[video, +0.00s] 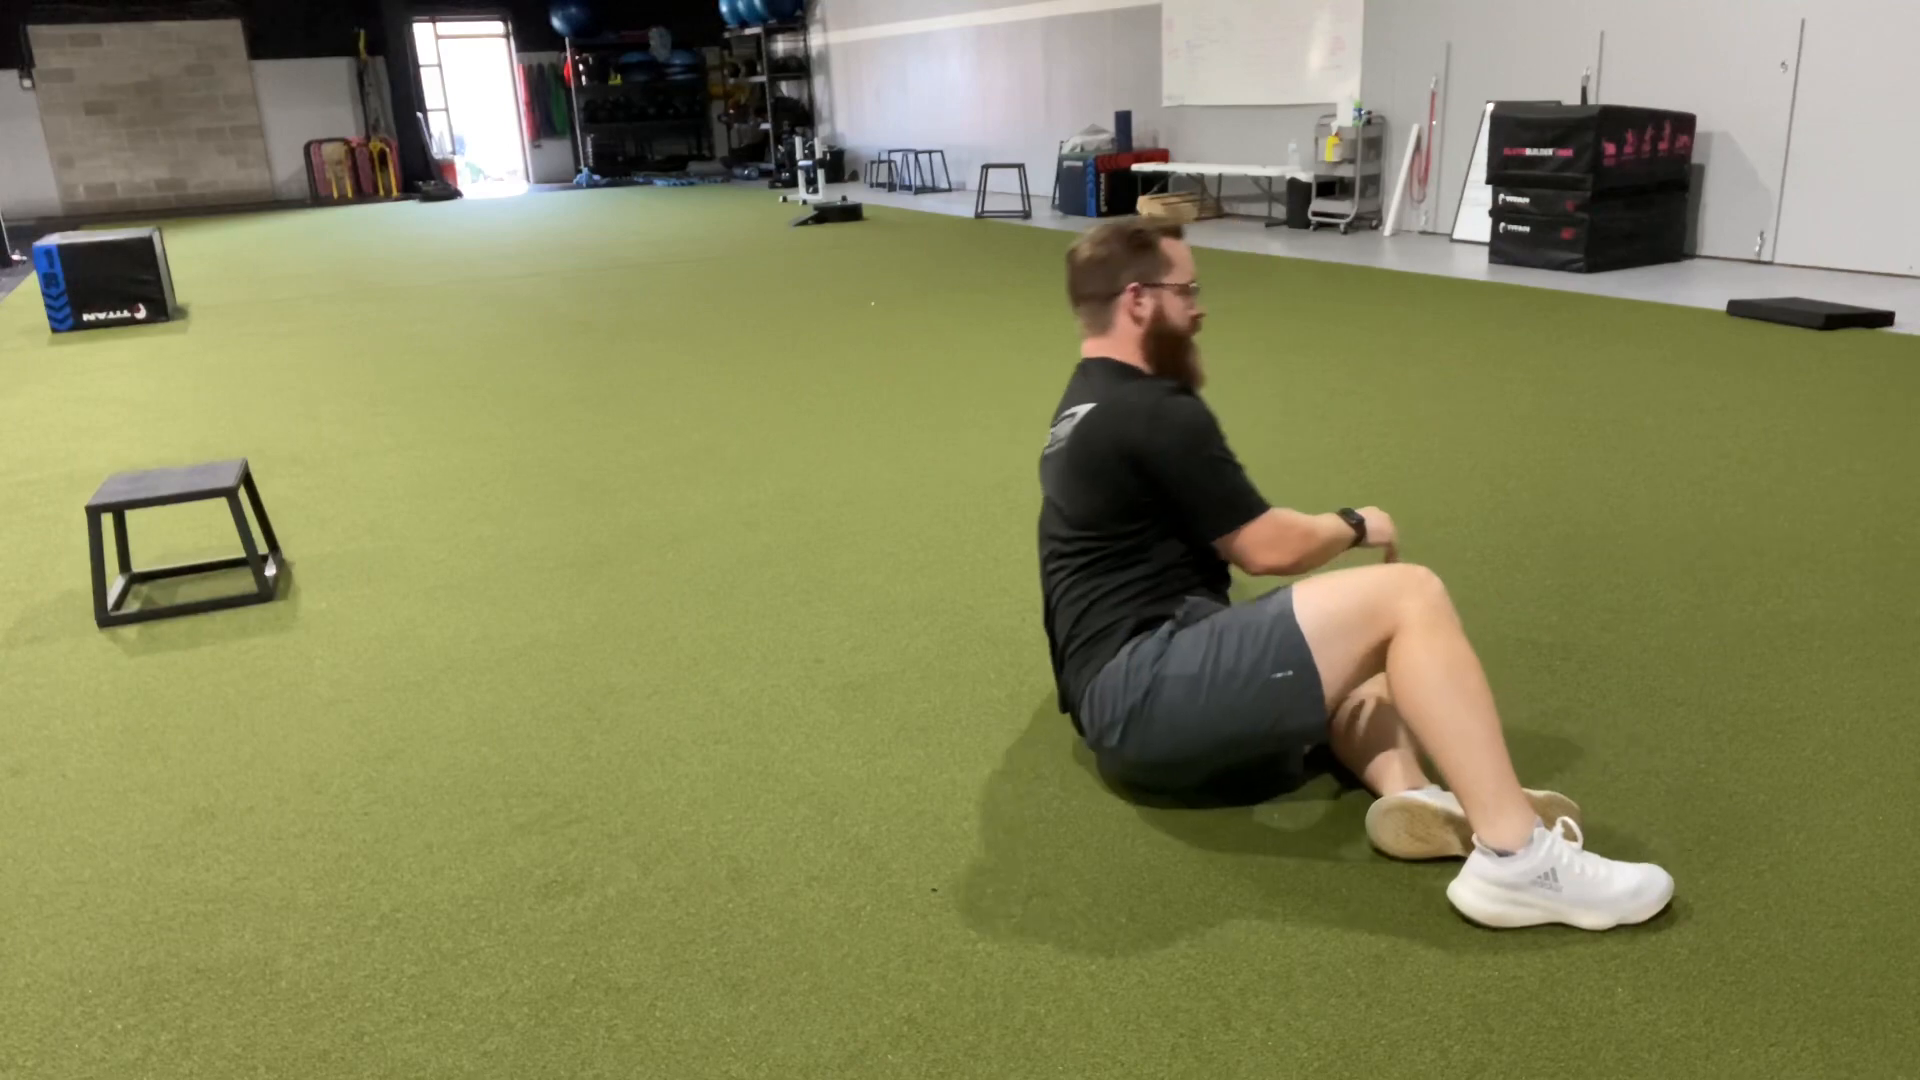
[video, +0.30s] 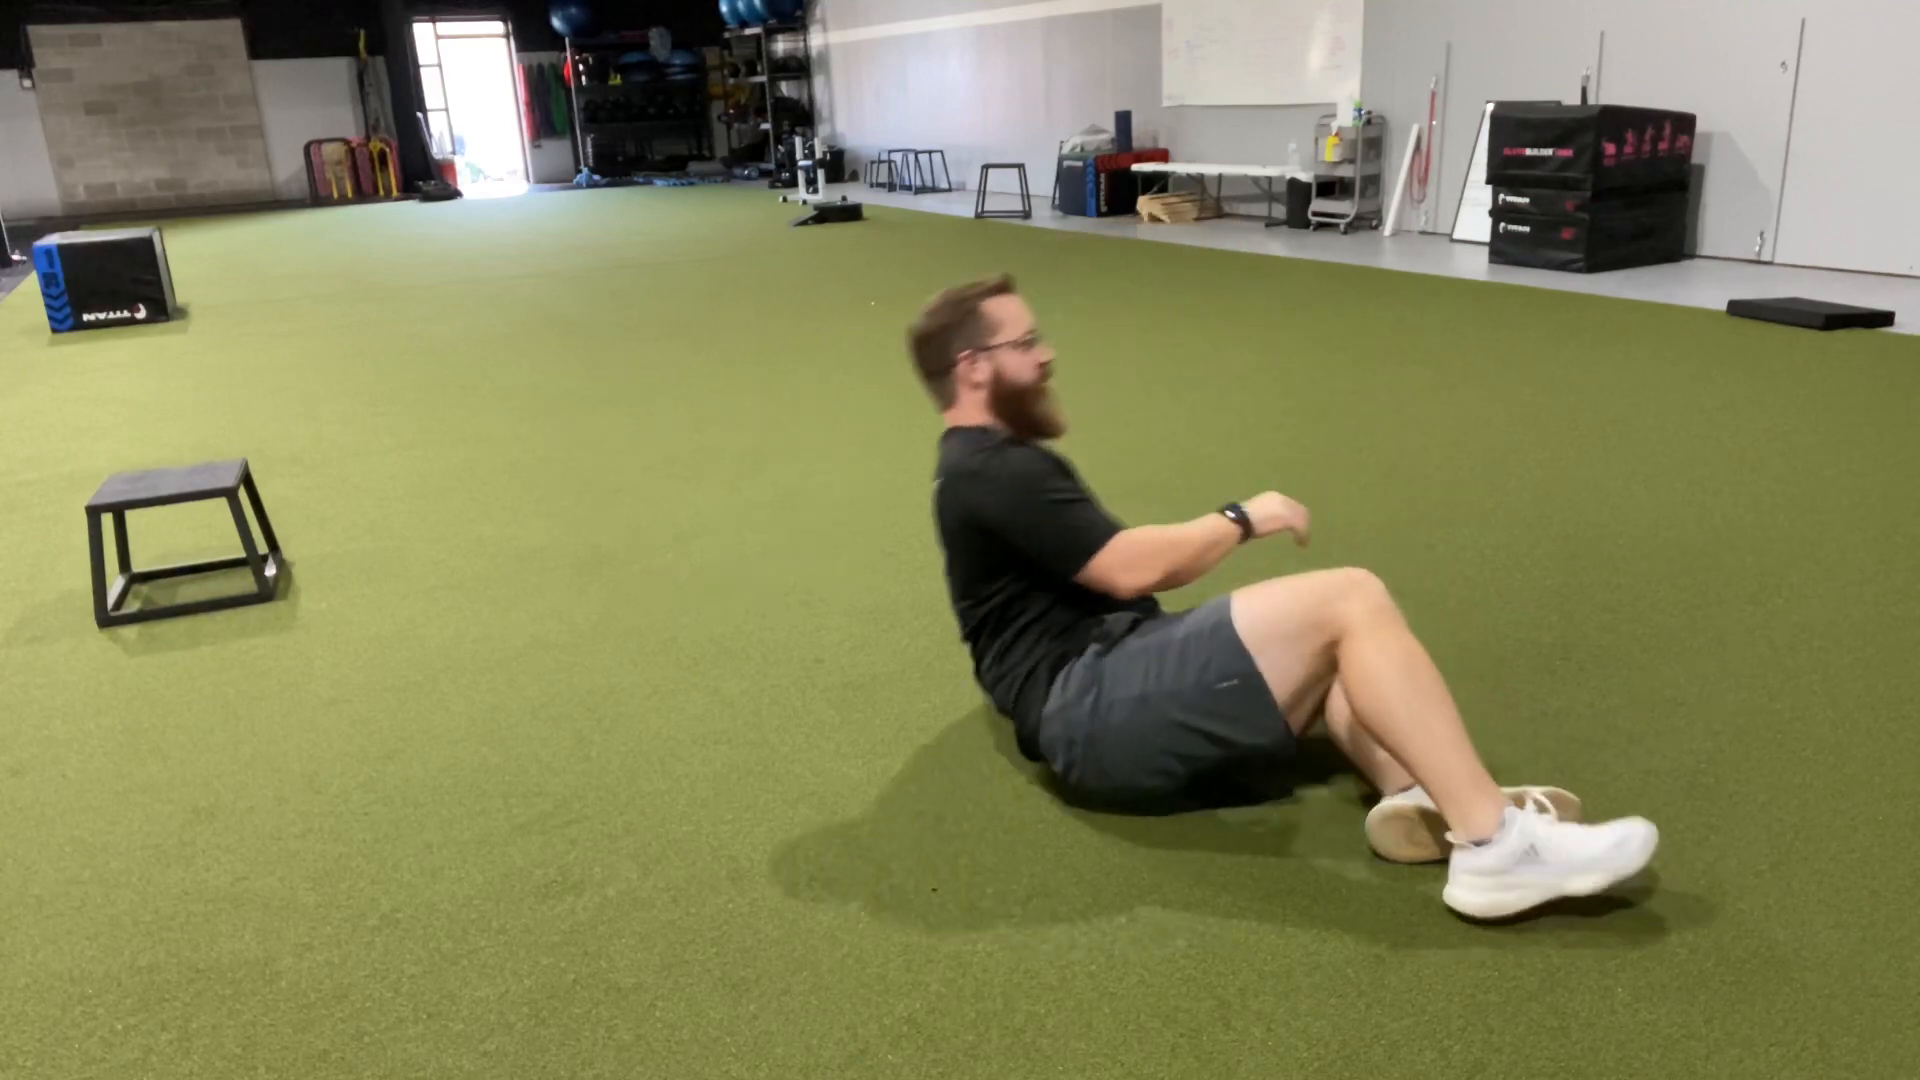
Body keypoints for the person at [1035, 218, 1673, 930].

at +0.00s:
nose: (1200, 309)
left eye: (1196, 292)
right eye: (1186, 293)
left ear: (1124, 307)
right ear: (1136, 304)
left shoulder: (1089, 404)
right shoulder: (1152, 411)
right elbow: (1269, 547)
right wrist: (1352, 525)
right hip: (1151, 689)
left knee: (1359, 677)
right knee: (1406, 595)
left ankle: (1409, 794)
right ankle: (1520, 850)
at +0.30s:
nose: (1043, 355)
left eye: (1035, 340)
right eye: (1022, 345)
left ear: (973, 370)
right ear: (969, 370)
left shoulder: (998, 459)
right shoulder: (992, 469)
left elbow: (1099, 574)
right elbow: (1132, 567)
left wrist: (1188, 548)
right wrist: (1244, 520)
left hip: (1114, 712)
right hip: (1092, 702)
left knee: (1334, 678)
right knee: (1352, 599)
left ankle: (1418, 791)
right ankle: (1495, 839)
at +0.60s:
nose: (863, 445)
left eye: (857, 432)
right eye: (838, 443)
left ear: (866, 450)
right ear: (798, 490)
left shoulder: (915, 535)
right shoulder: (836, 564)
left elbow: (1045, 599)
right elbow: (976, 588)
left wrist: (1172, 614)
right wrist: (1068, 495)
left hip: (1088, 714)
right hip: (1039, 726)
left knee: (1259, 560)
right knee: (1228, 531)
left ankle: (1396, 717)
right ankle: (1382, 754)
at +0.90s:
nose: (734, 569)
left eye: (730, 563)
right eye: (708, 580)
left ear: (755, 572)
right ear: (690, 634)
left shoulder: (814, 630)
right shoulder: (732, 670)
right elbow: (801, 617)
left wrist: (1044, 540)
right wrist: (823, 500)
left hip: (1050, 693)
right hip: (977, 709)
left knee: (1044, 443)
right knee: (976, 437)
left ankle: (1215, 503)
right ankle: (1202, 501)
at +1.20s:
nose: (667, 616)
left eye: (659, 618)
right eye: (649, 629)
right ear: (652, 682)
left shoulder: (785, 646)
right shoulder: (699, 711)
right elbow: (693, 639)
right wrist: (675, 558)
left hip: (1009, 620)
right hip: (928, 652)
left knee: (902, 425)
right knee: (809, 421)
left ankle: (1067, 371)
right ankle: (1045, 384)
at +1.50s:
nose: (664, 609)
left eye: (661, 607)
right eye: (648, 624)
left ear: (698, 612)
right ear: (654, 680)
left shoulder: (782, 643)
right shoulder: (704, 724)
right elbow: (711, 684)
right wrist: (685, 550)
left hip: (1003, 590)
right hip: (942, 652)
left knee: (886, 369)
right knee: (791, 433)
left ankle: (1050, 362)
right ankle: (1042, 414)